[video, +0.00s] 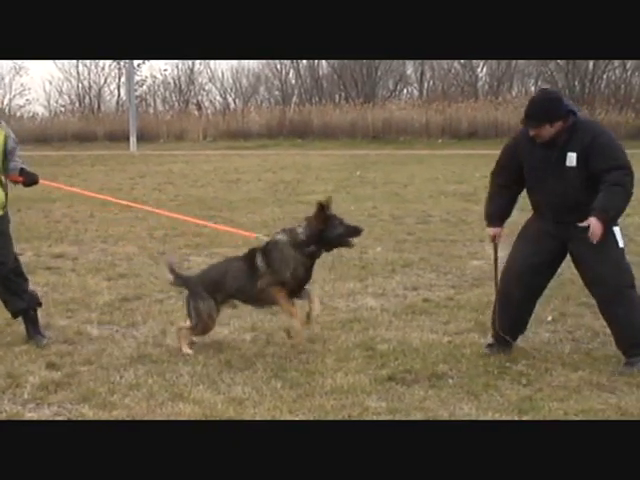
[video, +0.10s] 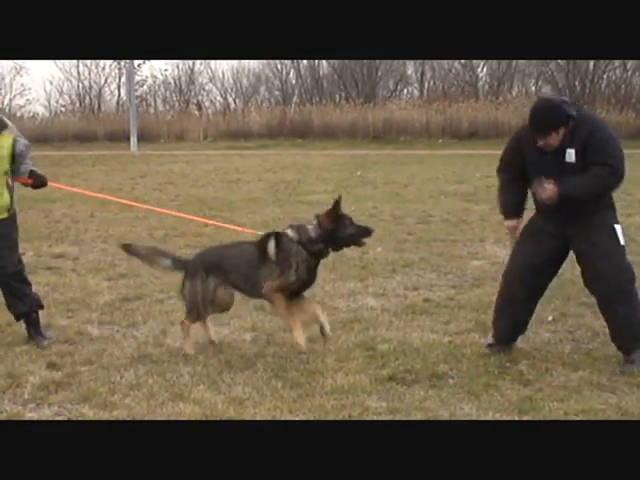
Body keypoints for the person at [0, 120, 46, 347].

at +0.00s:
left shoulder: (5, 135)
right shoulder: (6, 136)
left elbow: (11, 166)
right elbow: (12, 166)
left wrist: (22, 174)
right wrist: (21, 174)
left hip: (1, 213)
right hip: (2, 214)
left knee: (7, 265)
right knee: (7, 265)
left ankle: (30, 319)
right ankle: (29, 317)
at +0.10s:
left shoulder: (9, 136)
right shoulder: (10, 137)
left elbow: (20, 164)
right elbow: (20, 165)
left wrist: (32, 176)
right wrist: (30, 175)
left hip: (4, 214)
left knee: (10, 269)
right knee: (9, 270)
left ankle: (32, 324)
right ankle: (32, 323)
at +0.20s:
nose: (1, 101)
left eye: (2, 96)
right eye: (1, 97)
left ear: (4, 97)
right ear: (2, 99)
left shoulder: (13, 132)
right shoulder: (13, 133)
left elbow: (28, 165)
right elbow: (28, 166)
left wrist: (40, 175)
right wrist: (39, 174)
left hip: (7, 212)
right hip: (6, 212)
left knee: (13, 266)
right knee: (11, 267)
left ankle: (34, 318)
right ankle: (33, 317)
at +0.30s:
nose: (3, 101)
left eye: (6, 96)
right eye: (1, 96)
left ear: (10, 100)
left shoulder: (18, 131)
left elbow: (35, 157)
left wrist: (40, 174)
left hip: (9, 213)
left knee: (20, 266)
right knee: (19, 267)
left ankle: (44, 317)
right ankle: (42, 317)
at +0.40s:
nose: (4, 103)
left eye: (7, 98)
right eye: (1, 98)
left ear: (12, 101)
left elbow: (37, 156)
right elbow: (36, 154)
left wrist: (40, 175)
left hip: (11, 213)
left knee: (20, 267)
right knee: (19, 267)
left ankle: (44, 317)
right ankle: (42, 317)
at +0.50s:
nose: (4, 105)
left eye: (7, 100)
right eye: (1, 100)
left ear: (12, 102)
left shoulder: (19, 131)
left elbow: (36, 157)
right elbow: (36, 156)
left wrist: (40, 176)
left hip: (10, 214)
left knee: (20, 267)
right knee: (19, 267)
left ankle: (45, 317)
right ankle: (43, 317)